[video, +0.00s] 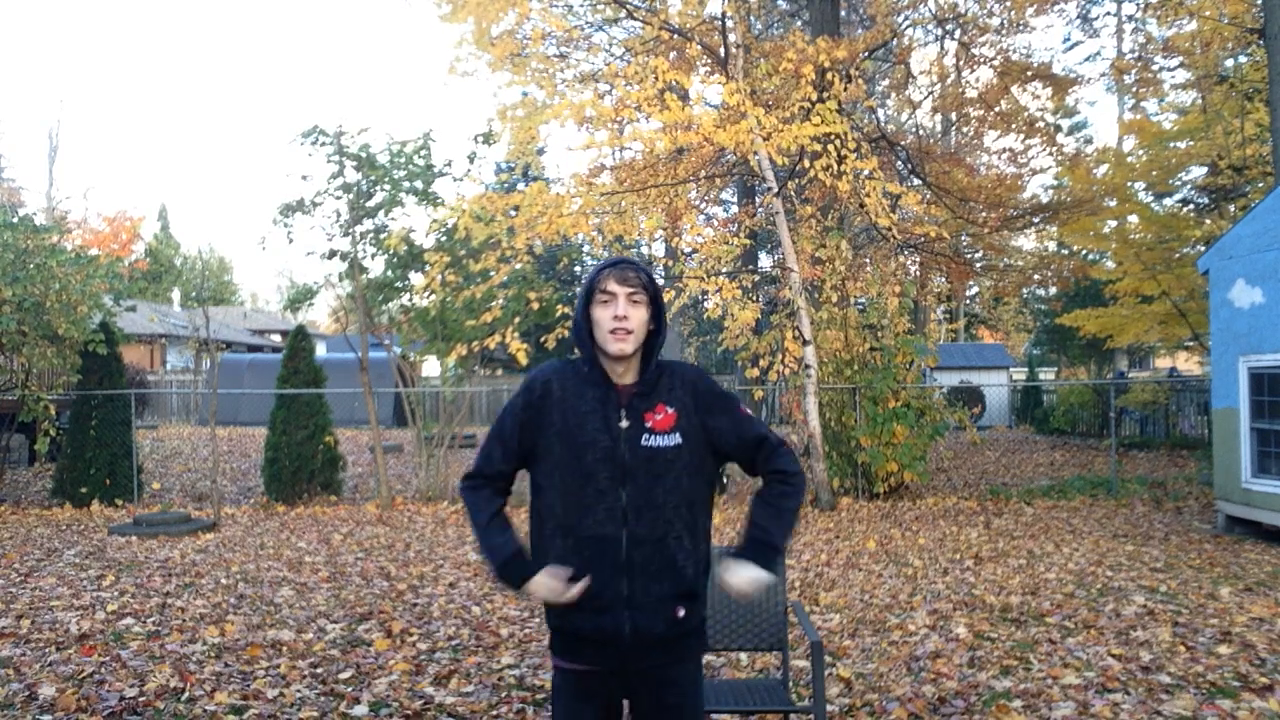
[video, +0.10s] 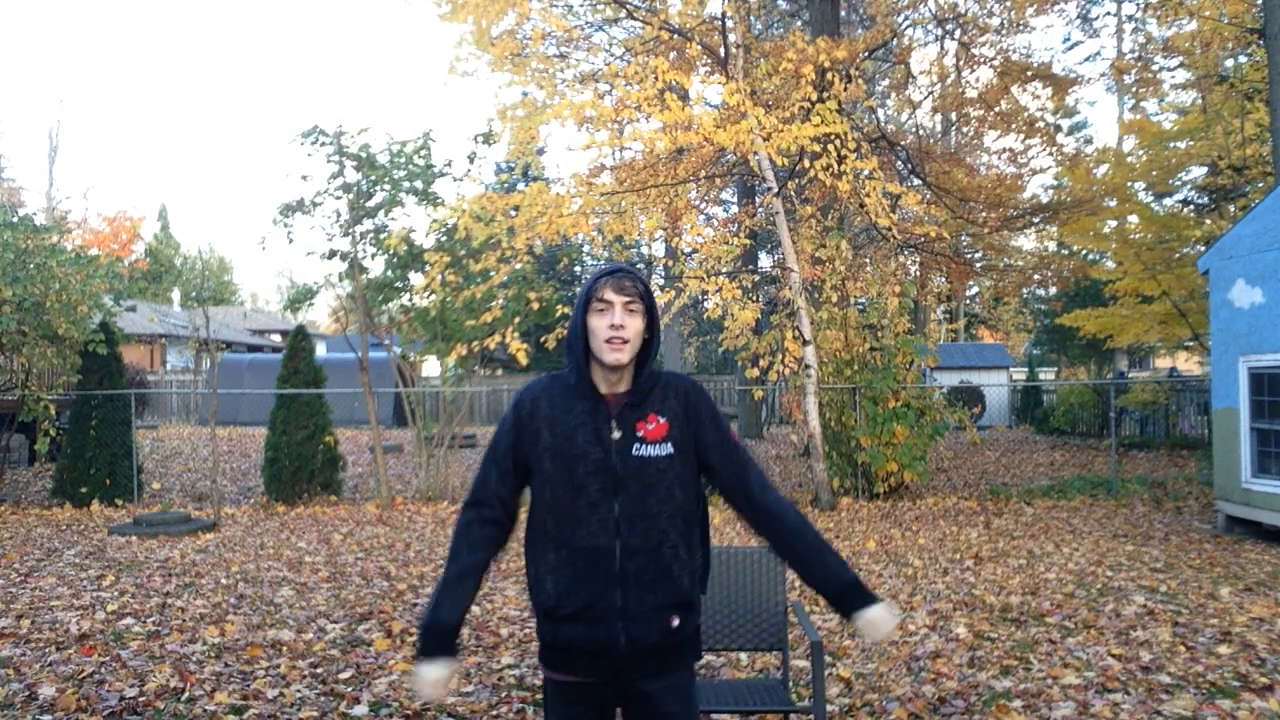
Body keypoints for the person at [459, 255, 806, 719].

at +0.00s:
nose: (620, 313)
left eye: (634, 300)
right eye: (606, 300)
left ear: (652, 317)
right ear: (586, 315)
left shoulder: (690, 391)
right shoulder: (547, 392)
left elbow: (783, 468)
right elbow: (481, 486)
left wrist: (756, 555)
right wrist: (521, 572)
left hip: (673, 638)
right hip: (582, 641)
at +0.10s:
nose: (617, 322)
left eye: (631, 310)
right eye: (603, 309)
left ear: (649, 325)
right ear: (582, 321)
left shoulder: (684, 402)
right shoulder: (537, 408)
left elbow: (761, 503)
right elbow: (483, 521)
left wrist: (851, 595)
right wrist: (437, 637)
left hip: (665, 650)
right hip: (573, 653)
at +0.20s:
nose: (612, 321)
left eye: (626, 309)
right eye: (598, 308)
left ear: (645, 323)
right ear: (577, 321)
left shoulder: (678, 402)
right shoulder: (540, 408)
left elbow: (725, 526)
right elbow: (511, 544)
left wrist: (824, 580)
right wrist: (437, 635)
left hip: (659, 648)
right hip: (566, 652)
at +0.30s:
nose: (609, 316)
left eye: (623, 305)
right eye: (595, 304)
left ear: (642, 319)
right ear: (576, 319)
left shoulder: (678, 402)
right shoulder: (539, 408)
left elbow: (696, 530)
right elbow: (532, 541)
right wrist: (477, 628)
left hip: (658, 645)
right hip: (570, 647)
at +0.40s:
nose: (598, 322)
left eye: (613, 308)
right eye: (585, 312)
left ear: (640, 321)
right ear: (574, 330)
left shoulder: (684, 411)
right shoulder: (543, 417)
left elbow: (692, 538)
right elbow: (537, 545)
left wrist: (724, 627)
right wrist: (519, 637)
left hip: (662, 650)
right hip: (575, 654)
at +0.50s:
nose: (595, 322)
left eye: (609, 306)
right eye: (582, 314)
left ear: (640, 316)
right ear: (577, 332)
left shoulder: (694, 407)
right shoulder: (554, 413)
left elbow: (705, 532)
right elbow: (543, 538)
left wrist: (724, 624)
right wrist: (529, 631)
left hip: (669, 646)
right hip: (582, 648)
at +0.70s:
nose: (621, 317)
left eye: (633, 301)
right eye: (607, 311)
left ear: (663, 309)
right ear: (599, 331)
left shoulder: (714, 406)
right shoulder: (575, 409)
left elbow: (716, 532)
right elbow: (558, 543)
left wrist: (758, 596)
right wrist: (521, 633)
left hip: (684, 645)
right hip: (594, 647)